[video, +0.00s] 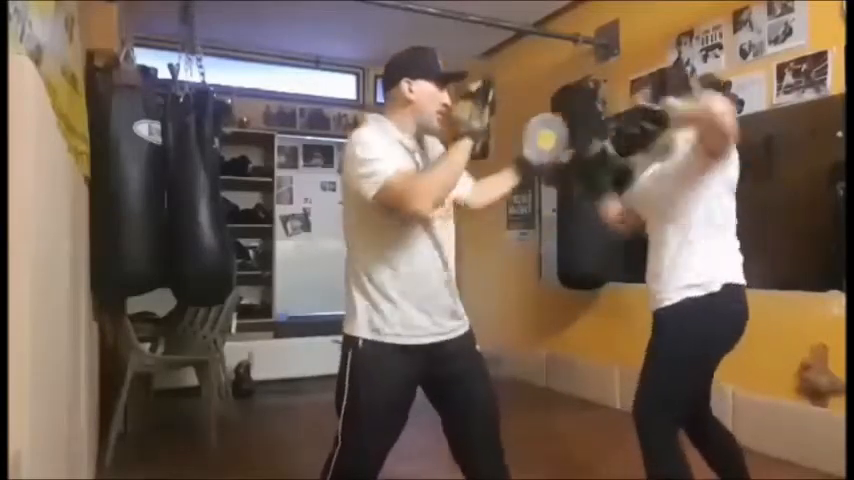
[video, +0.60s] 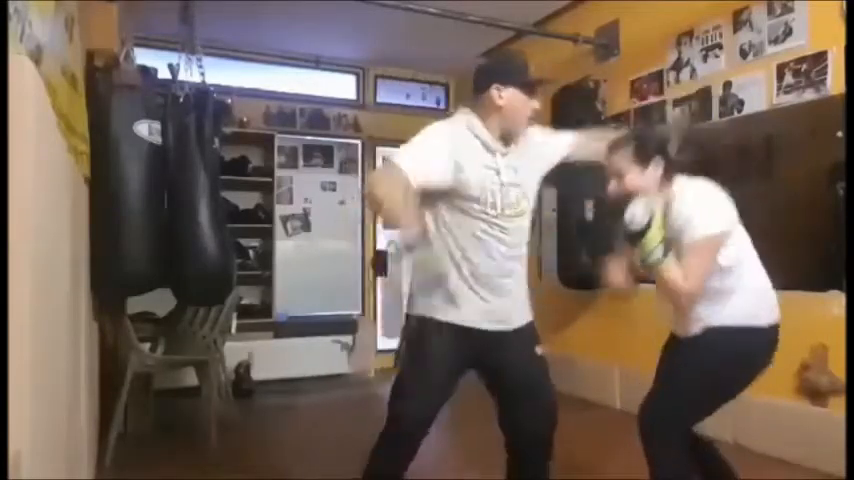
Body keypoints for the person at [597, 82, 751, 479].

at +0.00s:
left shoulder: (708, 152)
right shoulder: (653, 175)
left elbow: (719, 117)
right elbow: (627, 221)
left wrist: (668, 111)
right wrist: (602, 188)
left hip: (707, 302)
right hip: (677, 307)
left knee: (652, 414)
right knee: (694, 414)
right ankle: (737, 473)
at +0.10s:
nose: (639, 120)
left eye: (645, 106)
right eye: (639, 106)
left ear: (673, 107)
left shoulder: (695, 139)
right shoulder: (666, 170)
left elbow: (620, 98)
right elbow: (665, 248)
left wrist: (587, 121)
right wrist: (626, 213)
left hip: (705, 305)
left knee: (648, 413)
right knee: (697, 413)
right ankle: (740, 474)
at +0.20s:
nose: (642, 126)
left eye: (650, 115)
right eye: (641, 117)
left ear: (683, 113)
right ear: (679, 116)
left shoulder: (686, 147)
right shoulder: (701, 151)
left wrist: (583, 142)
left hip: (700, 311)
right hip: (723, 309)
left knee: (645, 414)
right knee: (699, 414)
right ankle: (741, 475)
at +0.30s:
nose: (644, 121)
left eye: (651, 109)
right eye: (642, 112)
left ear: (685, 107)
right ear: (683, 110)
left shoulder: (693, 151)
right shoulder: (708, 148)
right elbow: (666, 217)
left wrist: (623, 173)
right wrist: (628, 180)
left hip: (697, 309)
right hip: (721, 306)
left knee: (651, 415)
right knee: (703, 411)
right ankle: (743, 475)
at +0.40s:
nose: (645, 121)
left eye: (653, 109)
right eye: (641, 111)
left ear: (686, 105)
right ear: (640, 110)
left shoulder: (719, 156)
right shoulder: (655, 152)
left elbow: (685, 237)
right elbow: (592, 164)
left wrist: (663, 178)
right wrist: (573, 118)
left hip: (716, 304)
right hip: (682, 306)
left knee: (662, 417)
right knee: (704, 415)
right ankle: (743, 475)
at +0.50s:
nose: (635, 139)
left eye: (642, 128)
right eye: (632, 130)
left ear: (676, 121)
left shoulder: (717, 167)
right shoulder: (652, 169)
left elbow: (692, 255)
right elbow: (598, 215)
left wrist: (660, 200)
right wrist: (580, 162)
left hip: (726, 312)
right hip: (679, 316)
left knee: (663, 416)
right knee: (688, 421)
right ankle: (731, 471)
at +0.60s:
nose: (613, 187)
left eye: (620, 175)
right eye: (611, 178)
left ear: (655, 166)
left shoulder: (702, 200)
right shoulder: (647, 206)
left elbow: (686, 290)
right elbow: (621, 278)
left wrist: (653, 250)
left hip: (741, 329)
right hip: (694, 329)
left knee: (659, 421)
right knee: (660, 419)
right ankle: (713, 470)